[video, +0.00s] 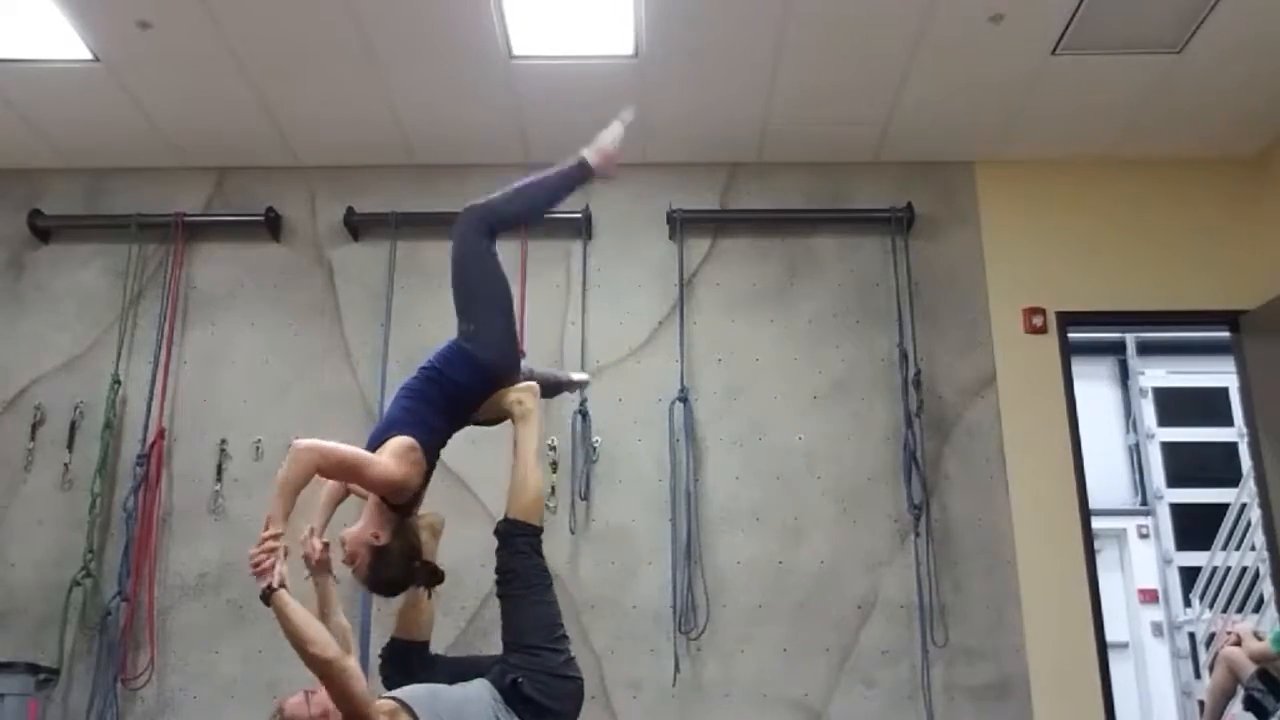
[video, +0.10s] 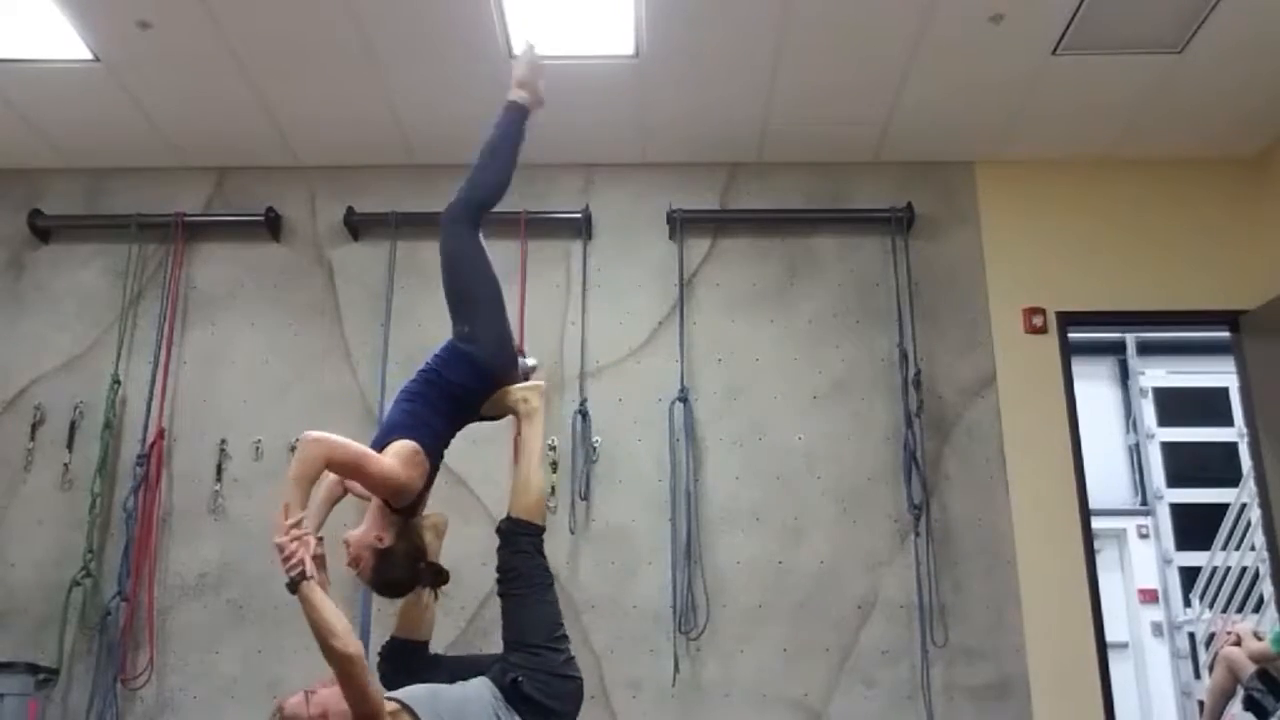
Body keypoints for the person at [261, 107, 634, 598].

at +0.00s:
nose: (349, 552)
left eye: (349, 560)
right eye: (359, 555)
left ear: (375, 529)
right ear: (381, 538)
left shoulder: (395, 484)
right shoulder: (393, 480)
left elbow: (339, 470)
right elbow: (303, 453)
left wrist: (314, 533)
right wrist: (273, 530)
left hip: (490, 379)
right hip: (487, 355)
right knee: (476, 222)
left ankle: (555, 382)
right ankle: (588, 165)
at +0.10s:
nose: (353, 555)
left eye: (356, 566)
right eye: (363, 558)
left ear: (384, 535)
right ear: (383, 538)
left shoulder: (394, 488)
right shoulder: (393, 482)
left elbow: (337, 468)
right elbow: (312, 446)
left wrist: (312, 529)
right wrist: (289, 518)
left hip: (490, 371)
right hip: (483, 358)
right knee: (461, 219)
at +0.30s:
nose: (367, 567)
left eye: (370, 574)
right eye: (375, 572)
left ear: (387, 554)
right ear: (400, 554)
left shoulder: (411, 497)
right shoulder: (406, 493)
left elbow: (364, 465)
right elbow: (336, 443)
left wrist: (338, 527)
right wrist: (317, 515)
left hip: (482, 375)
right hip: (474, 360)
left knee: (415, 244)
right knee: (413, 243)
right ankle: (359, 110)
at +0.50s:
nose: (370, 555)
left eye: (373, 563)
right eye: (379, 557)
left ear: (393, 543)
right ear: (404, 540)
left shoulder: (424, 493)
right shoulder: (417, 479)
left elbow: (391, 466)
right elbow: (347, 425)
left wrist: (352, 507)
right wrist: (335, 496)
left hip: (475, 365)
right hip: (467, 348)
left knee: (377, 243)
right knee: (375, 239)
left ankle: (298, 130)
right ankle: (293, 127)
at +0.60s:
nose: (375, 535)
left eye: (378, 547)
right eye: (381, 543)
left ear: (401, 528)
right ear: (409, 525)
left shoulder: (421, 480)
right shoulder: (422, 466)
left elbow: (372, 473)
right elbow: (349, 418)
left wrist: (343, 513)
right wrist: (331, 491)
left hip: (487, 360)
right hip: (475, 337)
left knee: (394, 232)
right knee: (389, 227)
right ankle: (312, 108)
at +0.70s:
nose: (390, 529)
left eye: (393, 540)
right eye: (399, 533)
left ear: (419, 511)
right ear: (419, 513)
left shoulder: (440, 474)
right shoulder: (428, 454)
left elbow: (389, 474)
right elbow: (351, 420)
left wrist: (360, 507)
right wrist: (345, 495)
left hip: (487, 353)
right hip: (475, 329)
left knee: (411, 210)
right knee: (409, 206)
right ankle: (354, 76)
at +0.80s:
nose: (395, 518)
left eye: (398, 530)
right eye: (403, 523)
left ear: (426, 500)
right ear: (423, 502)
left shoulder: (445, 466)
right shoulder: (432, 443)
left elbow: (387, 470)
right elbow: (356, 416)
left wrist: (362, 501)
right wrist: (349, 488)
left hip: (489, 346)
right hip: (474, 321)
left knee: (416, 202)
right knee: (412, 200)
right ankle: (359, 68)